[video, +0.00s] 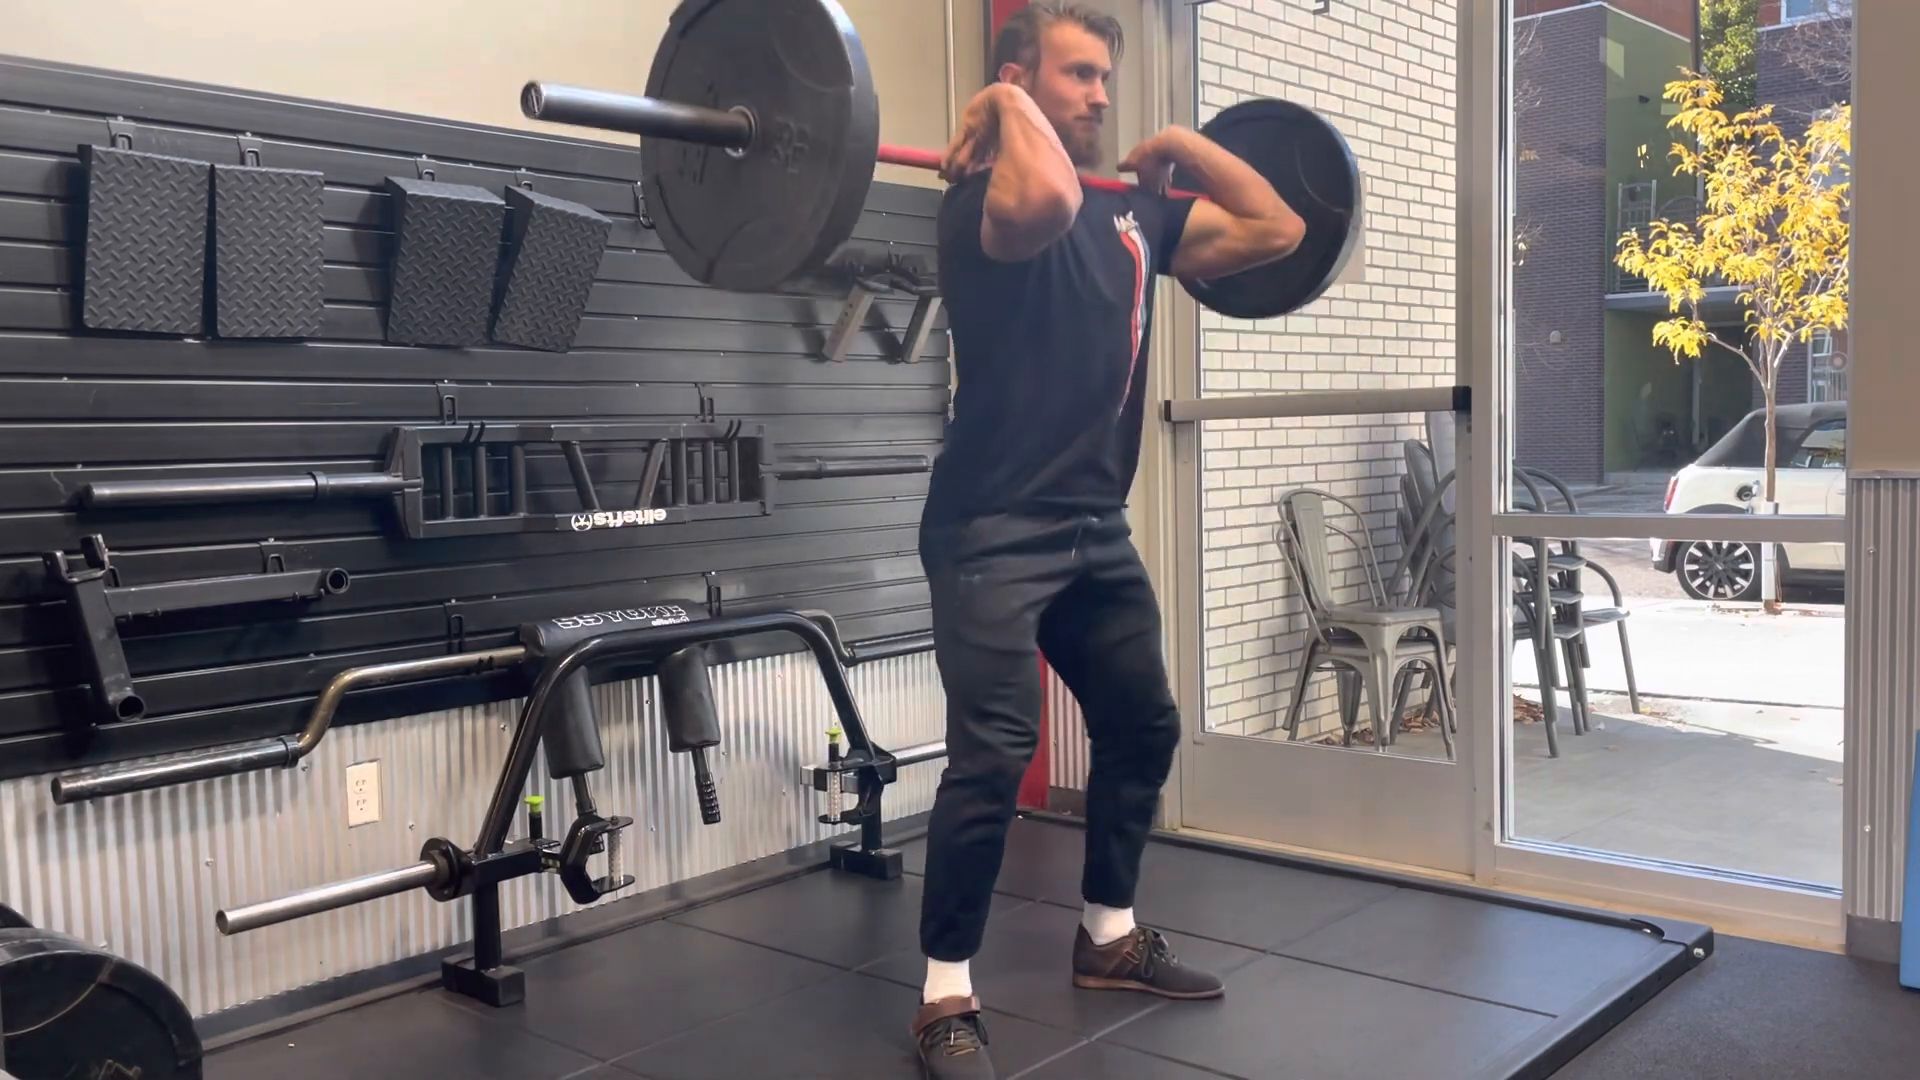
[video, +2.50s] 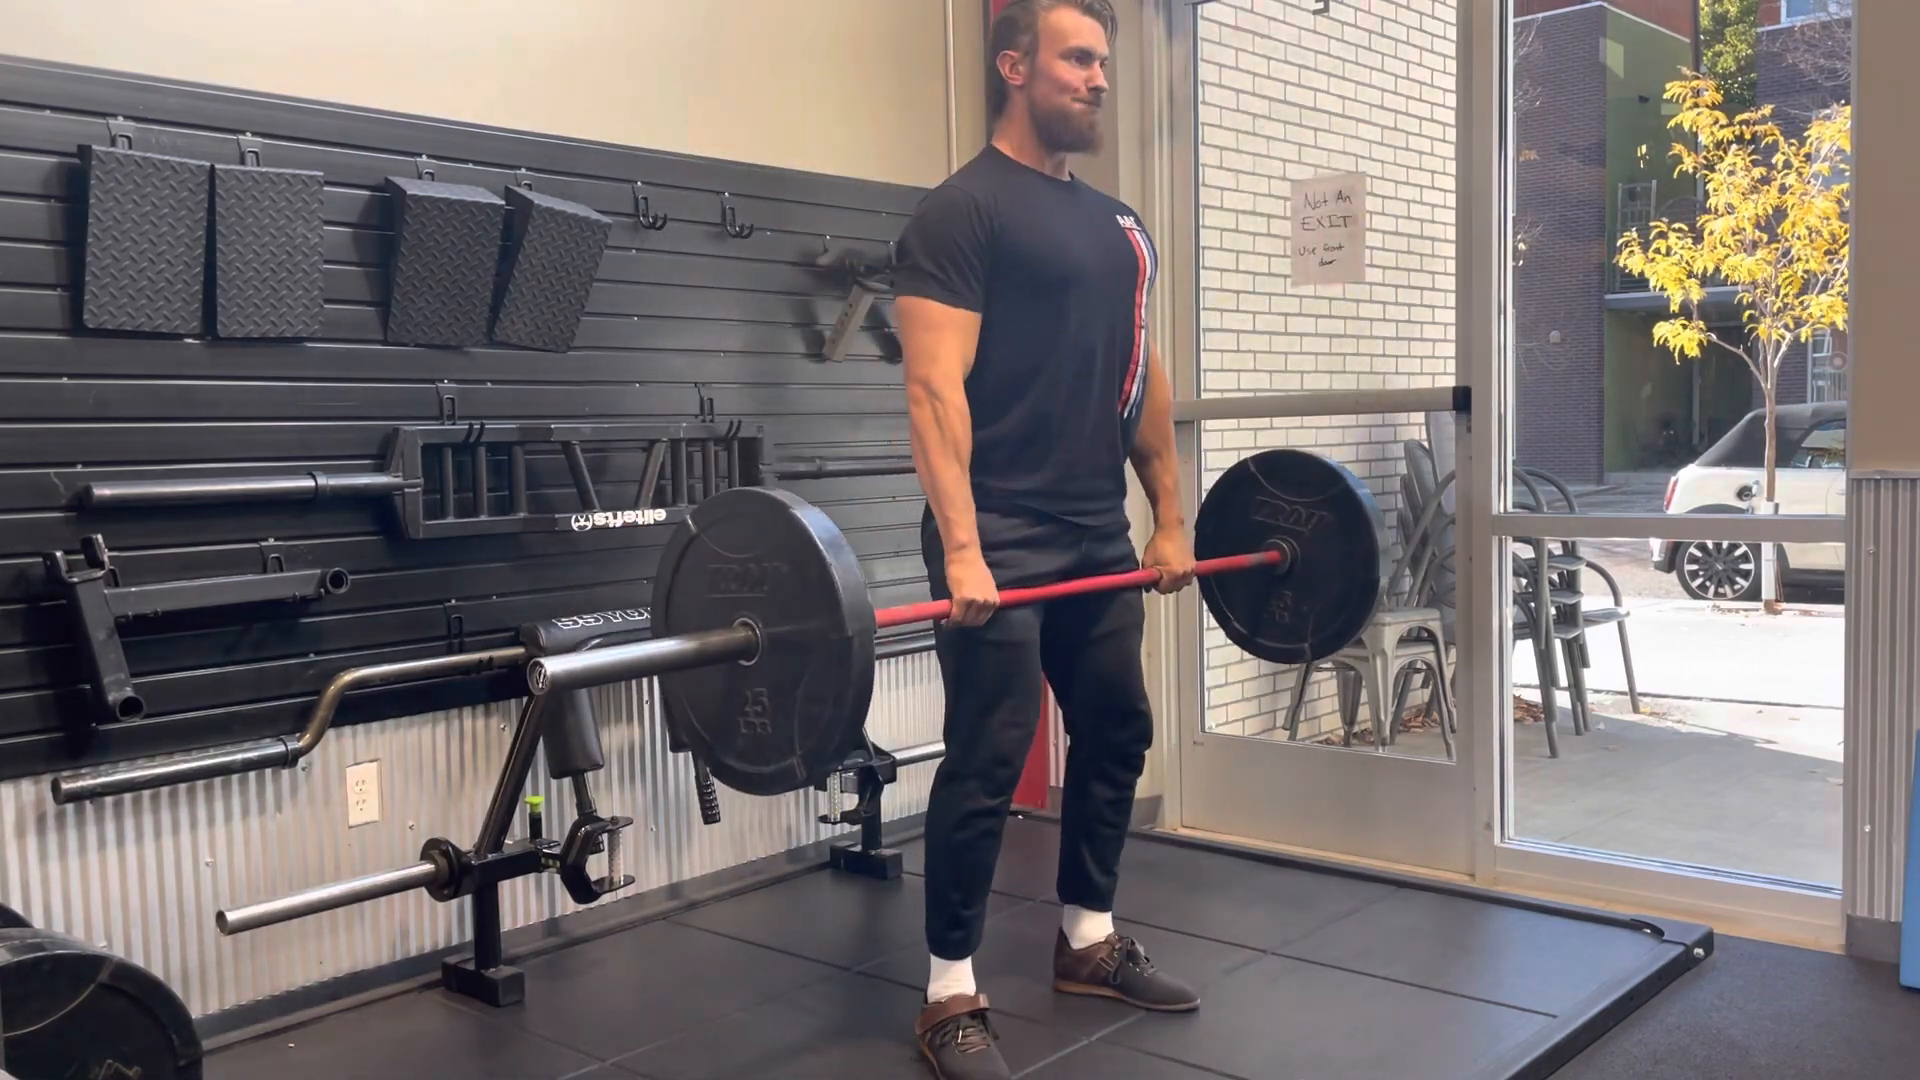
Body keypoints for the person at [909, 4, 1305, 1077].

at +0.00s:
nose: (1101, 94)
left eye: (1105, 77)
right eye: (1081, 72)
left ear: (1103, 92)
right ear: (1020, 86)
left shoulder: (1133, 209)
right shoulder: (980, 198)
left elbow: (1276, 228)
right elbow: (1050, 198)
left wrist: (1181, 144)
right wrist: (1008, 100)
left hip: (1096, 526)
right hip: (990, 529)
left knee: (1143, 725)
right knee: (993, 749)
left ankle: (1107, 940)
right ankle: (946, 997)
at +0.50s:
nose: (1100, 88)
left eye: (1106, 72)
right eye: (1082, 65)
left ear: (1102, 90)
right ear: (1020, 73)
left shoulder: (1128, 201)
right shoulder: (972, 186)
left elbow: (1264, 247)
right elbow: (1040, 226)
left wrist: (1191, 145)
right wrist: (1009, 101)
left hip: (1106, 518)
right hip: (1004, 518)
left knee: (1115, 732)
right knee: (980, 745)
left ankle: (1105, 939)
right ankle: (946, 993)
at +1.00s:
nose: (1148, 151)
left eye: (1149, 136)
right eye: (1125, 134)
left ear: (1143, 159)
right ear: (1059, 157)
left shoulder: (1144, 293)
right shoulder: (998, 282)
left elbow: (1147, 404)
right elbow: (882, 399)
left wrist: (1170, 506)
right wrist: (964, 532)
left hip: (1052, 550)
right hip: (946, 556)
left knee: (1138, 731)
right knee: (1001, 754)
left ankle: (1089, 942)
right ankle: (956, 997)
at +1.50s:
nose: (1076, 82)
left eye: (1077, 67)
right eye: (1053, 64)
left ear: (1069, 91)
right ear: (989, 86)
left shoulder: (1097, 237)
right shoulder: (947, 224)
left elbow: (1129, 388)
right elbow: (909, 397)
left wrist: (1159, 521)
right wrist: (950, 543)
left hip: (1074, 529)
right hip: (974, 533)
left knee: (1117, 725)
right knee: (994, 744)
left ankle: (1086, 939)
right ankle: (956, 993)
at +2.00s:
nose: (1097, 83)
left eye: (1101, 65)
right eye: (1077, 61)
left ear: (1085, 82)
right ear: (1010, 71)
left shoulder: (1108, 227)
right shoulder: (953, 215)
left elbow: (1136, 381)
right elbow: (920, 391)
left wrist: (1157, 518)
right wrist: (948, 547)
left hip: (1085, 526)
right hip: (982, 531)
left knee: (1108, 727)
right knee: (982, 747)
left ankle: (1086, 940)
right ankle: (949, 992)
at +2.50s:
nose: (1100, 79)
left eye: (1104, 63)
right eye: (1079, 58)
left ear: (1092, 80)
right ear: (1013, 69)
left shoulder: (1121, 228)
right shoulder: (957, 214)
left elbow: (1143, 385)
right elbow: (932, 393)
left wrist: (1170, 521)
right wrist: (960, 547)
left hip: (1094, 529)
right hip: (990, 533)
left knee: (1116, 730)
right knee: (988, 756)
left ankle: (1087, 940)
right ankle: (950, 994)